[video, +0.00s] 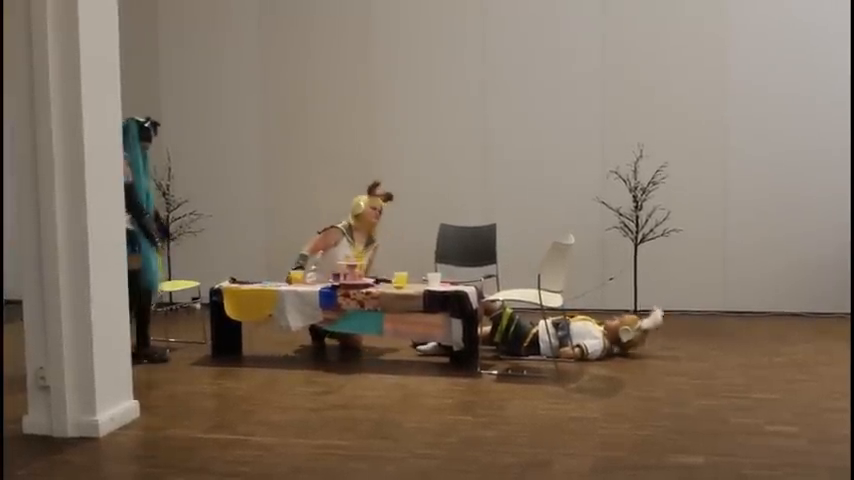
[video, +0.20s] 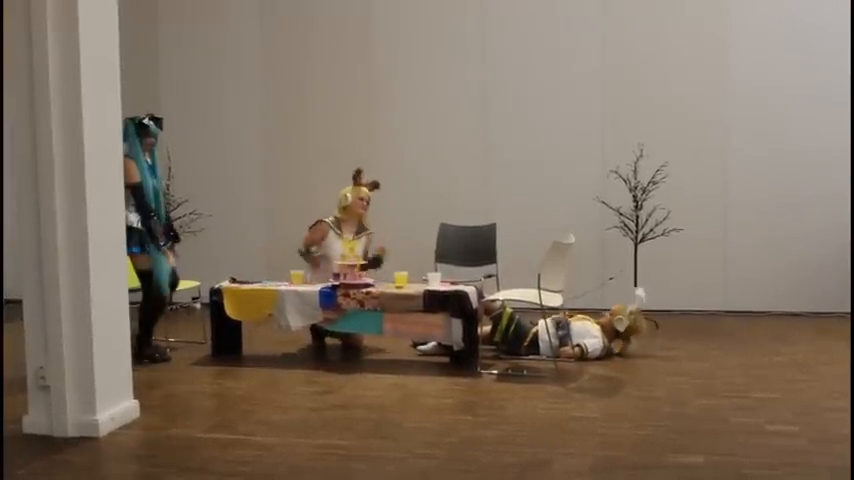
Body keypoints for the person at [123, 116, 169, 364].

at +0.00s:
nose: (150, 145)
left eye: (151, 140)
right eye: (147, 139)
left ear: (139, 137)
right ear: (137, 138)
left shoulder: (138, 161)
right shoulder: (127, 161)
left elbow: (145, 199)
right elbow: (134, 204)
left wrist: (160, 224)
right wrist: (154, 234)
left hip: (139, 235)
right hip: (131, 236)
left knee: (142, 291)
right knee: (143, 290)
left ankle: (142, 344)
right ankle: (143, 345)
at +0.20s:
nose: (153, 143)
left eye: (154, 138)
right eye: (149, 137)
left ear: (154, 139)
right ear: (137, 137)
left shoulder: (147, 163)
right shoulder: (130, 163)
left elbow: (156, 204)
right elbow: (143, 206)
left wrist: (168, 233)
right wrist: (160, 242)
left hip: (150, 233)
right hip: (136, 233)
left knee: (170, 279)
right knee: (155, 289)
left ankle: (145, 338)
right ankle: (144, 345)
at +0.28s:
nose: (155, 140)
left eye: (157, 135)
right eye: (151, 135)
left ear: (158, 137)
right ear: (140, 135)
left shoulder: (151, 161)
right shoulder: (133, 162)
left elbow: (160, 200)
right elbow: (145, 204)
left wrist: (172, 229)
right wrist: (162, 239)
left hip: (157, 230)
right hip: (139, 231)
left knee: (178, 277)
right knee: (151, 285)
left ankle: (167, 338)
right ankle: (144, 346)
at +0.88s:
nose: (188, 143)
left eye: (190, 139)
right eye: (184, 139)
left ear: (191, 140)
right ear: (173, 139)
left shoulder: (187, 162)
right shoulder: (158, 165)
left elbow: (198, 199)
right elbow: (163, 203)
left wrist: (209, 227)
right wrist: (174, 236)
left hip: (190, 231)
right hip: (170, 234)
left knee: (192, 285)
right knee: (188, 284)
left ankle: (189, 338)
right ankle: (178, 339)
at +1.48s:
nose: (194, 173)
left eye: (196, 169)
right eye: (191, 168)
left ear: (197, 170)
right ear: (180, 168)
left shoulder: (189, 191)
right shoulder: (162, 189)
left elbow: (187, 221)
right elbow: (146, 224)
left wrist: (185, 239)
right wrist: (168, 243)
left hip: (181, 251)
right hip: (160, 252)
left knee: (201, 287)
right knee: (189, 288)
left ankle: (191, 339)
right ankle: (178, 340)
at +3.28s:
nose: (186, 202)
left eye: (187, 198)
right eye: (182, 199)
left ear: (188, 200)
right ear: (172, 198)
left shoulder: (184, 218)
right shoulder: (153, 218)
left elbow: (190, 252)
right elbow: (165, 257)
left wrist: (201, 265)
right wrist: (193, 269)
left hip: (179, 267)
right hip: (158, 271)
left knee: (207, 284)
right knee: (200, 285)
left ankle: (200, 338)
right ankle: (193, 340)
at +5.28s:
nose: (195, 209)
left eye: (197, 205)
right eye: (193, 205)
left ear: (194, 204)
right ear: (181, 201)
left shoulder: (187, 222)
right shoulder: (158, 219)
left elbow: (192, 256)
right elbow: (164, 260)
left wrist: (201, 268)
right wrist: (192, 273)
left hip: (176, 269)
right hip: (155, 272)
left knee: (206, 286)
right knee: (197, 287)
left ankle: (198, 341)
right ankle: (191, 344)